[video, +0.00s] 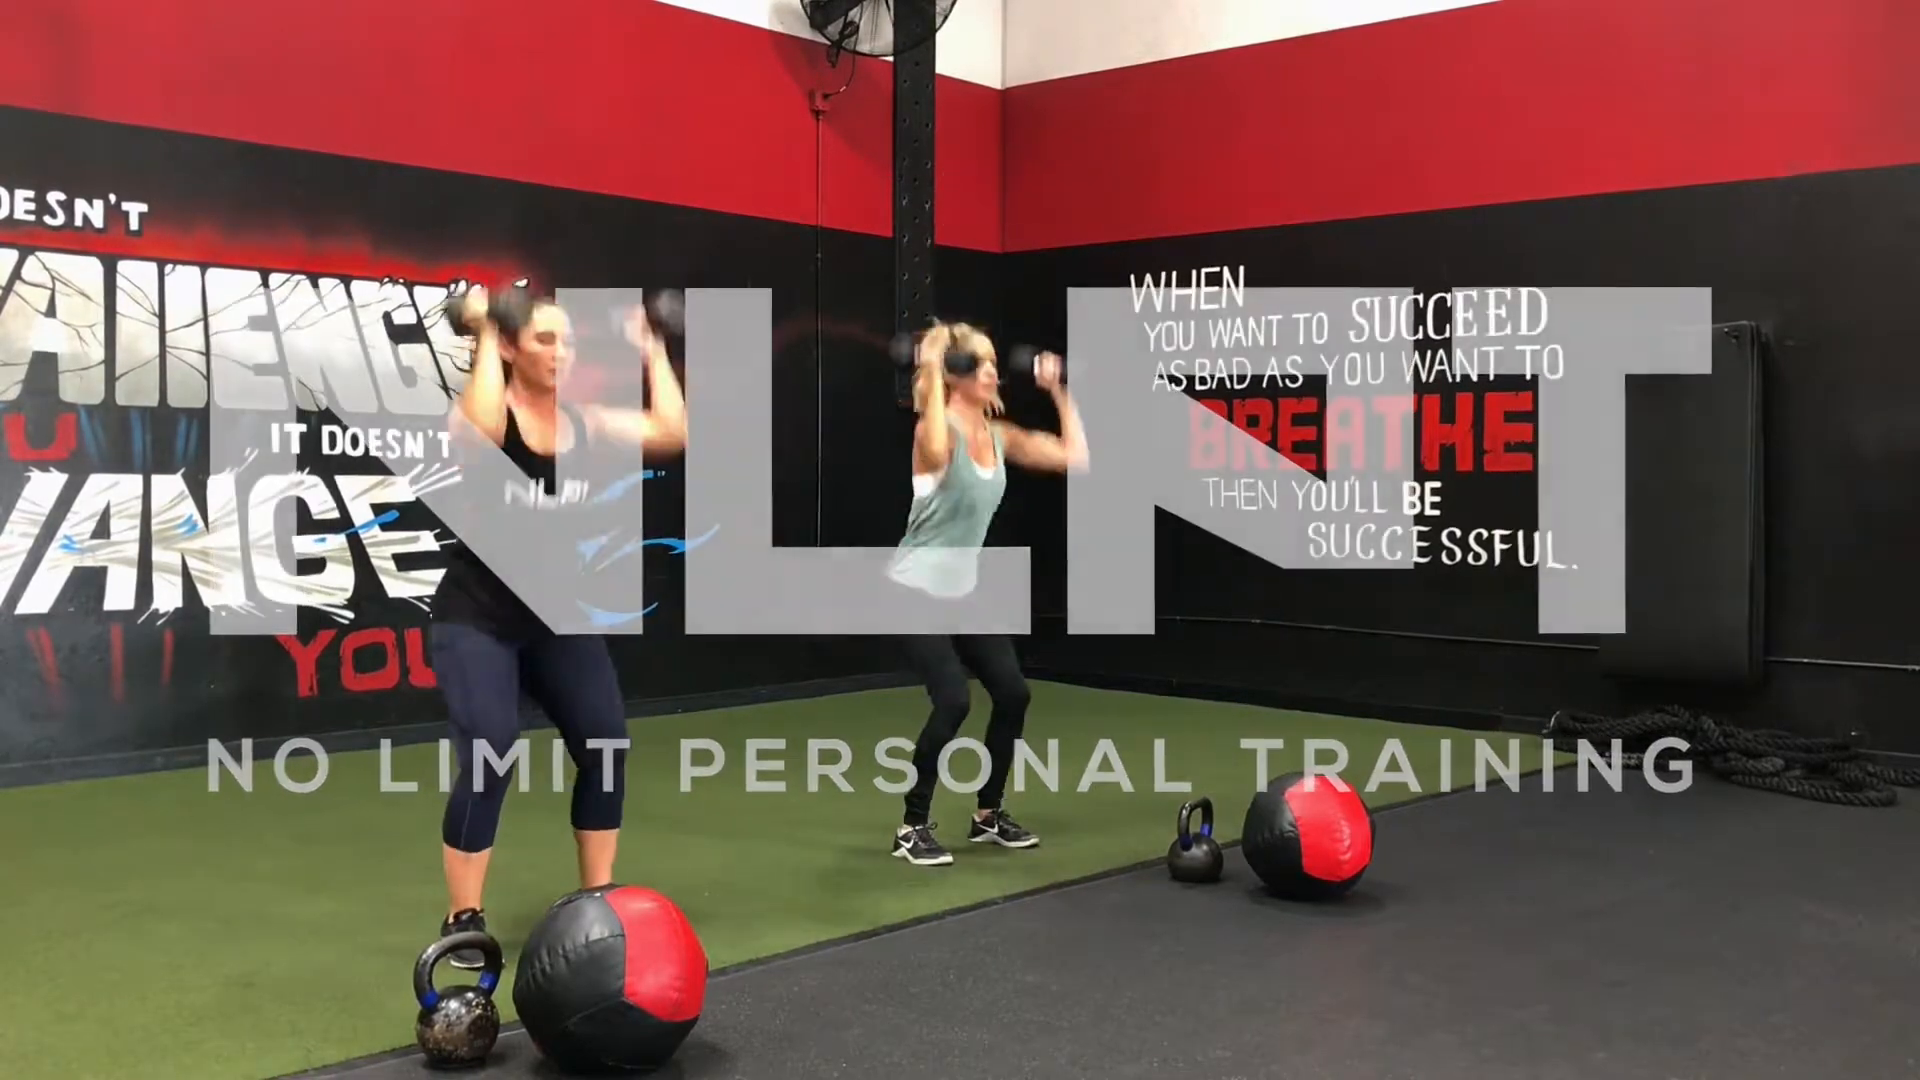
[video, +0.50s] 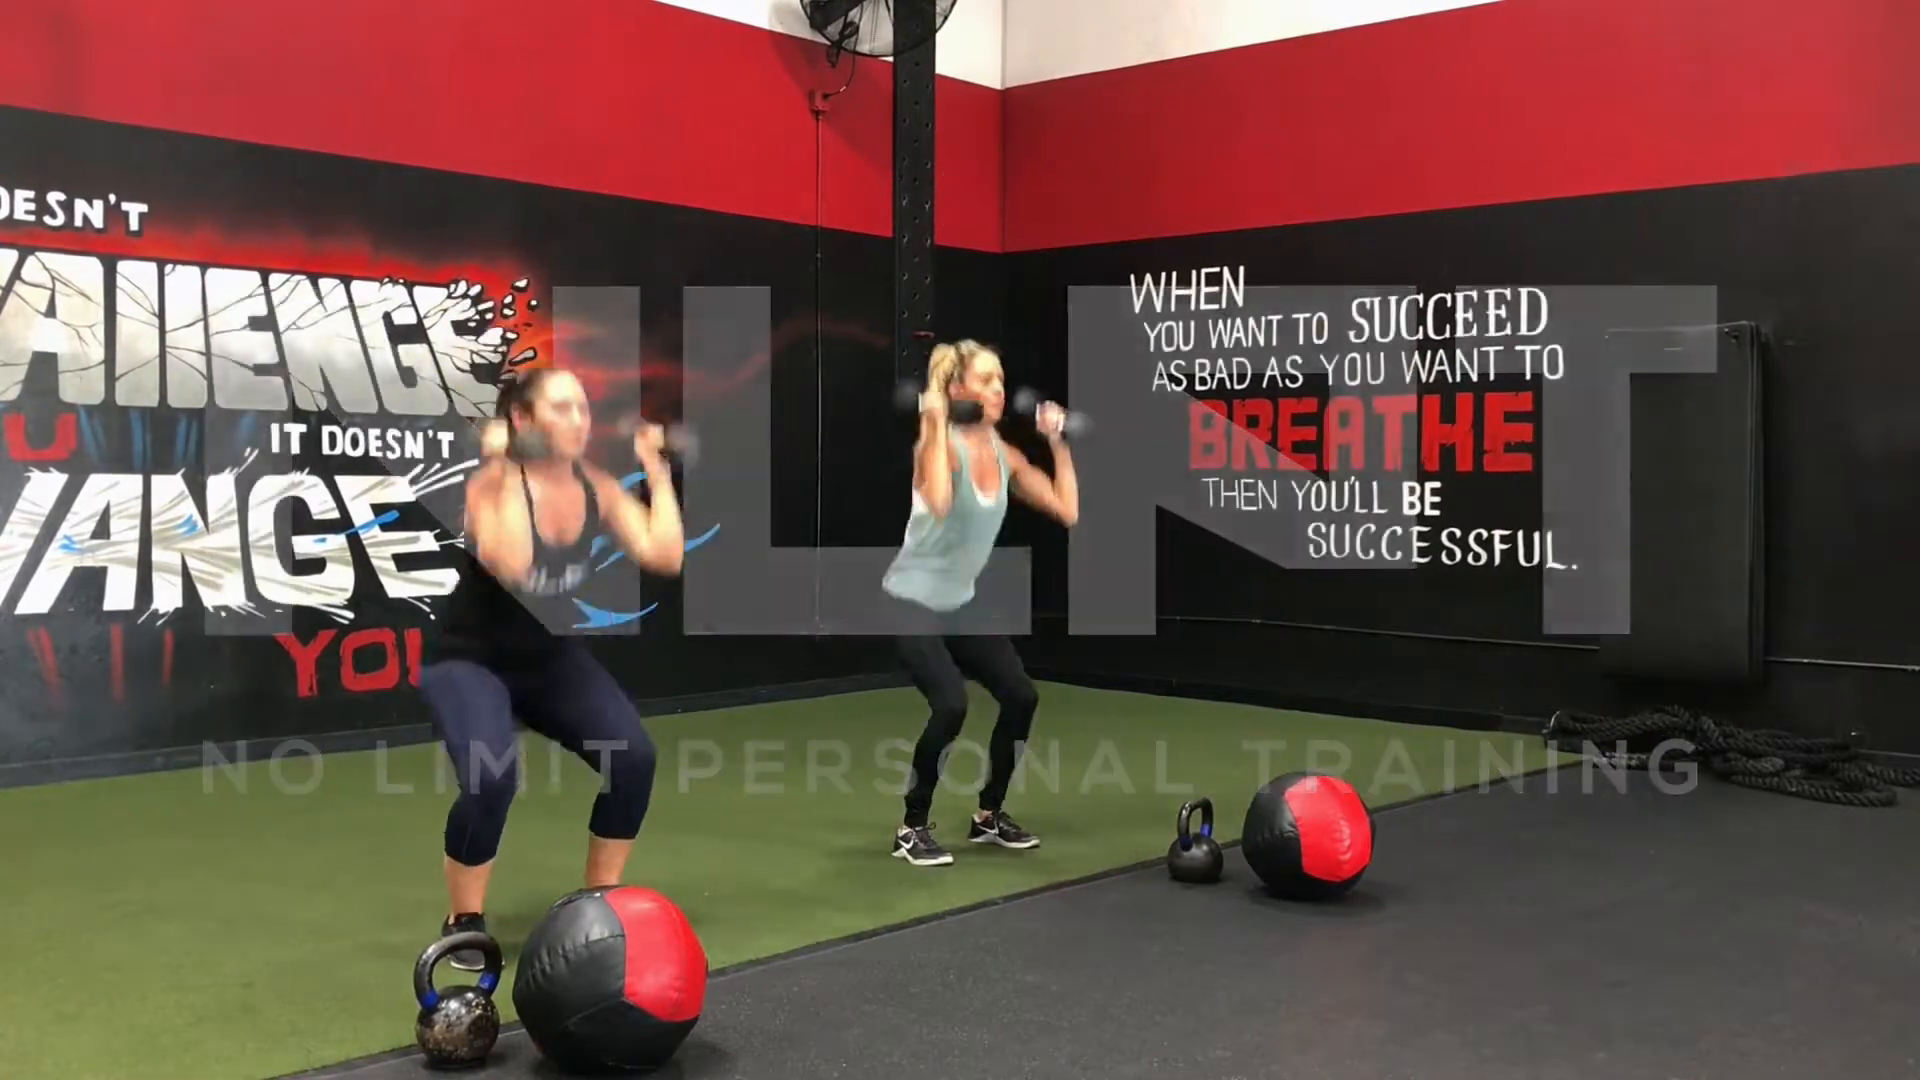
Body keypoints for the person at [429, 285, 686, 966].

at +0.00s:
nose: (560, 352)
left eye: (565, 340)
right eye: (545, 340)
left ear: (571, 348)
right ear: (508, 347)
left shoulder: (585, 420)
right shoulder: (480, 414)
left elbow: (671, 432)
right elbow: (483, 423)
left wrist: (653, 349)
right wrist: (487, 331)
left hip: (561, 615)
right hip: (477, 615)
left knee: (606, 742)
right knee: (487, 749)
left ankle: (597, 905)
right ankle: (465, 922)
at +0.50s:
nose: (579, 418)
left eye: (582, 407)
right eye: (562, 408)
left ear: (587, 415)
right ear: (524, 419)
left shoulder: (596, 486)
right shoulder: (495, 482)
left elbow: (666, 555)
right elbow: (511, 561)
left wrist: (658, 472)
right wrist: (500, 467)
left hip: (547, 653)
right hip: (468, 655)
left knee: (632, 758)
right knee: (491, 774)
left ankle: (596, 910)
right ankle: (465, 928)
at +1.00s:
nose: (572, 409)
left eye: (577, 398)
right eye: (556, 397)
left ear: (584, 408)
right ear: (519, 404)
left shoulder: (589, 479)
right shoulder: (488, 472)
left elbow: (660, 544)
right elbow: (500, 549)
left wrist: (655, 463)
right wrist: (499, 459)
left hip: (543, 647)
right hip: (463, 645)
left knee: (623, 748)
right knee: (485, 764)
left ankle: (595, 908)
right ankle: (464, 924)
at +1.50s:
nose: (566, 366)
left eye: (571, 353)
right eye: (551, 355)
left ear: (579, 364)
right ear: (517, 367)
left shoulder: (591, 433)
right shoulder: (482, 428)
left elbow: (667, 476)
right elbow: (522, 471)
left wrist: (650, 393)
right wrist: (508, 382)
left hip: (553, 621)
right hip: (473, 621)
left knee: (613, 746)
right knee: (488, 757)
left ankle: (598, 910)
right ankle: (464, 928)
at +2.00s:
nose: (579, 436)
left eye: (582, 424)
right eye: (563, 425)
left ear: (589, 432)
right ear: (521, 434)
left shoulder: (590, 503)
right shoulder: (489, 501)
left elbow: (651, 582)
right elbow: (505, 593)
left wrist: (652, 497)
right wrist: (506, 495)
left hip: (541, 663)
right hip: (458, 662)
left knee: (625, 752)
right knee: (487, 768)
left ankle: (594, 906)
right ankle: (465, 925)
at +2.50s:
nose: (559, 344)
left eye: (565, 333)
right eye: (545, 332)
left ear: (571, 340)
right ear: (509, 338)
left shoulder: (583, 407)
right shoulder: (472, 409)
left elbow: (667, 426)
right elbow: (510, 425)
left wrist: (639, 342)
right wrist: (499, 332)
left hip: (563, 607)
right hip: (484, 609)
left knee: (606, 740)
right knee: (491, 751)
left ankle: (598, 909)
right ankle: (465, 923)